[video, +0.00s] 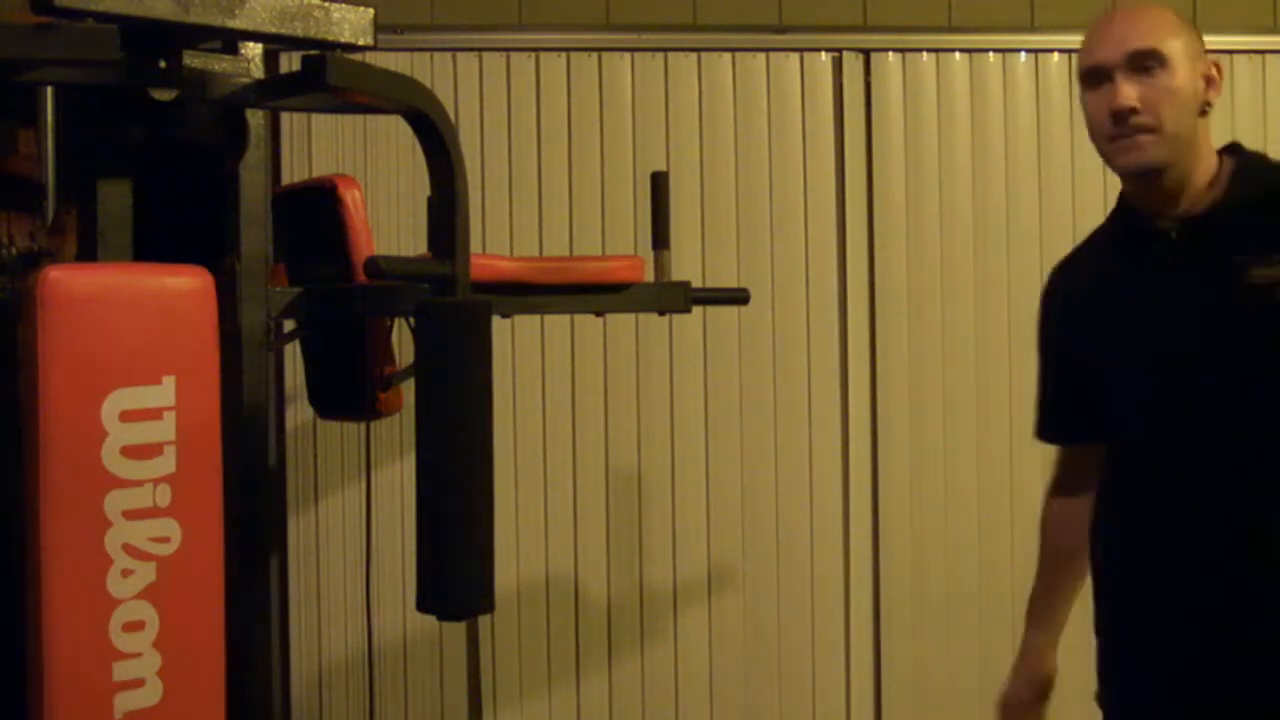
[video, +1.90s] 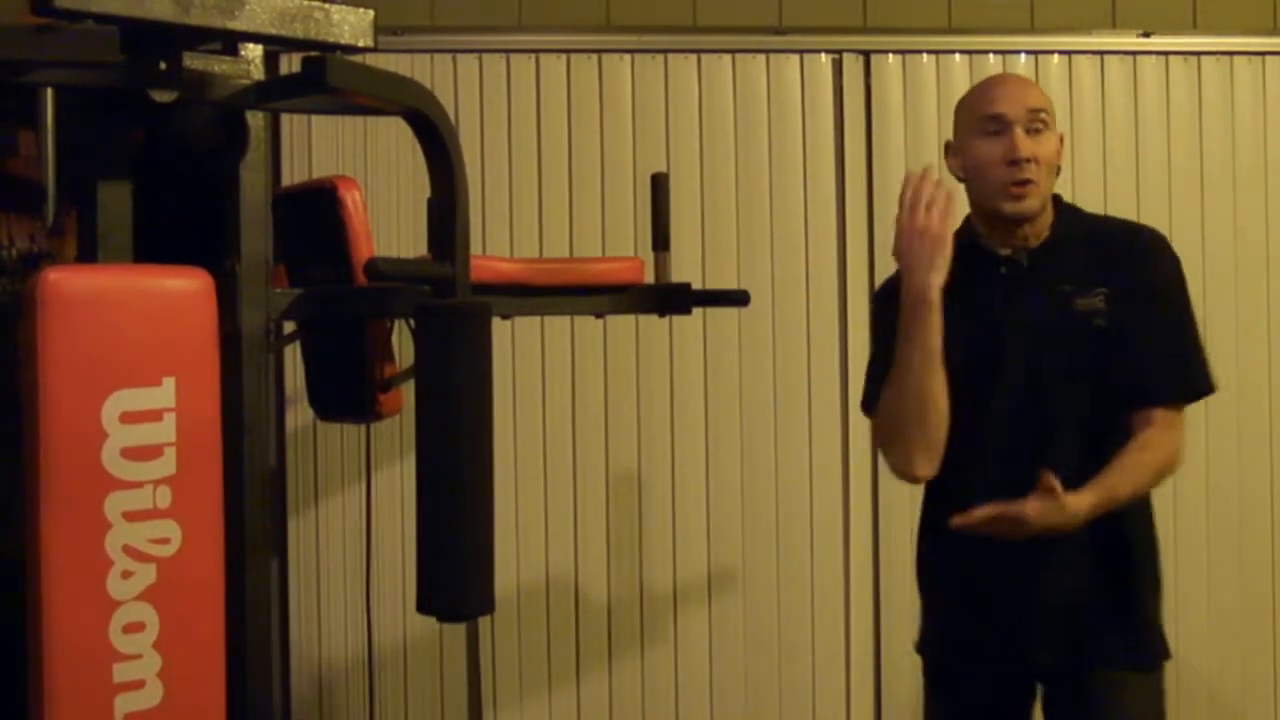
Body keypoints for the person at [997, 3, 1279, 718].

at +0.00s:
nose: (1123, 99)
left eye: (1148, 68)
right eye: (1099, 81)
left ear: (1208, 83)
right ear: (1083, 107)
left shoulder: (1275, 217)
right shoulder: (1083, 285)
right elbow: (1079, 474)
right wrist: (1037, 653)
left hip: (1277, 643)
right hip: (1157, 659)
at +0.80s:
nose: (1166, 141)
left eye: (1188, 120)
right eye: (1146, 121)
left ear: (1222, 142)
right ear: (1116, 141)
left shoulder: (1264, 269)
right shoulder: (1049, 272)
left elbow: (1275, 431)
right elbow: (1010, 436)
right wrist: (996, 601)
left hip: (1219, 591)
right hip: (1078, 590)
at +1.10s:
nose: (1084, 144)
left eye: (1106, 125)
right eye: (1063, 127)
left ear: (1139, 146)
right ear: (1038, 149)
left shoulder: (1192, 272)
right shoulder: (978, 275)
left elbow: (1223, 446)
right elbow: (937, 432)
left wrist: (1194, 614)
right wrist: (935, 591)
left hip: (1138, 588)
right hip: (1006, 588)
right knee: (983, 716)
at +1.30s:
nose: (1036, 159)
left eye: (1056, 141)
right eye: (1014, 143)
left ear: (1088, 164)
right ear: (988, 169)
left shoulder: (1147, 283)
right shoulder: (941, 288)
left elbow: (1171, 451)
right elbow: (845, 437)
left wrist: (1163, 608)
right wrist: (912, 563)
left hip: (1091, 591)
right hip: (957, 594)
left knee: (1122, 711)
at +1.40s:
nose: (1018, 152)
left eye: (1038, 134)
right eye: (996, 135)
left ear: (1068, 157)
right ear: (969, 162)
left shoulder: (1132, 276)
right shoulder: (923, 284)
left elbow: (1168, 437)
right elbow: (824, 427)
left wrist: (1145, 567)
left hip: (1082, 597)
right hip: (951, 596)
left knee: (1116, 716)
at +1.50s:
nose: (1005, 148)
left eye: (1024, 130)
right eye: (983, 132)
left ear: (1052, 154)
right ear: (954, 160)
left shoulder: (1120, 267)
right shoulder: (908, 282)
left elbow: (1152, 434)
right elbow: (832, 442)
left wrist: (1116, 535)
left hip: (1077, 580)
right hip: (948, 584)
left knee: (1097, 714)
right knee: (946, 715)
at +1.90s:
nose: (1021, 149)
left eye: (1038, 127)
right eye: (994, 131)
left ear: (1060, 150)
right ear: (955, 160)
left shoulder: (1134, 257)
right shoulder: (910, 290)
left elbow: (1163, 435)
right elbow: (913, 460)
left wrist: (1082, 503)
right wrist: (920, 291)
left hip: (1105, 610)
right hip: (970, 614)